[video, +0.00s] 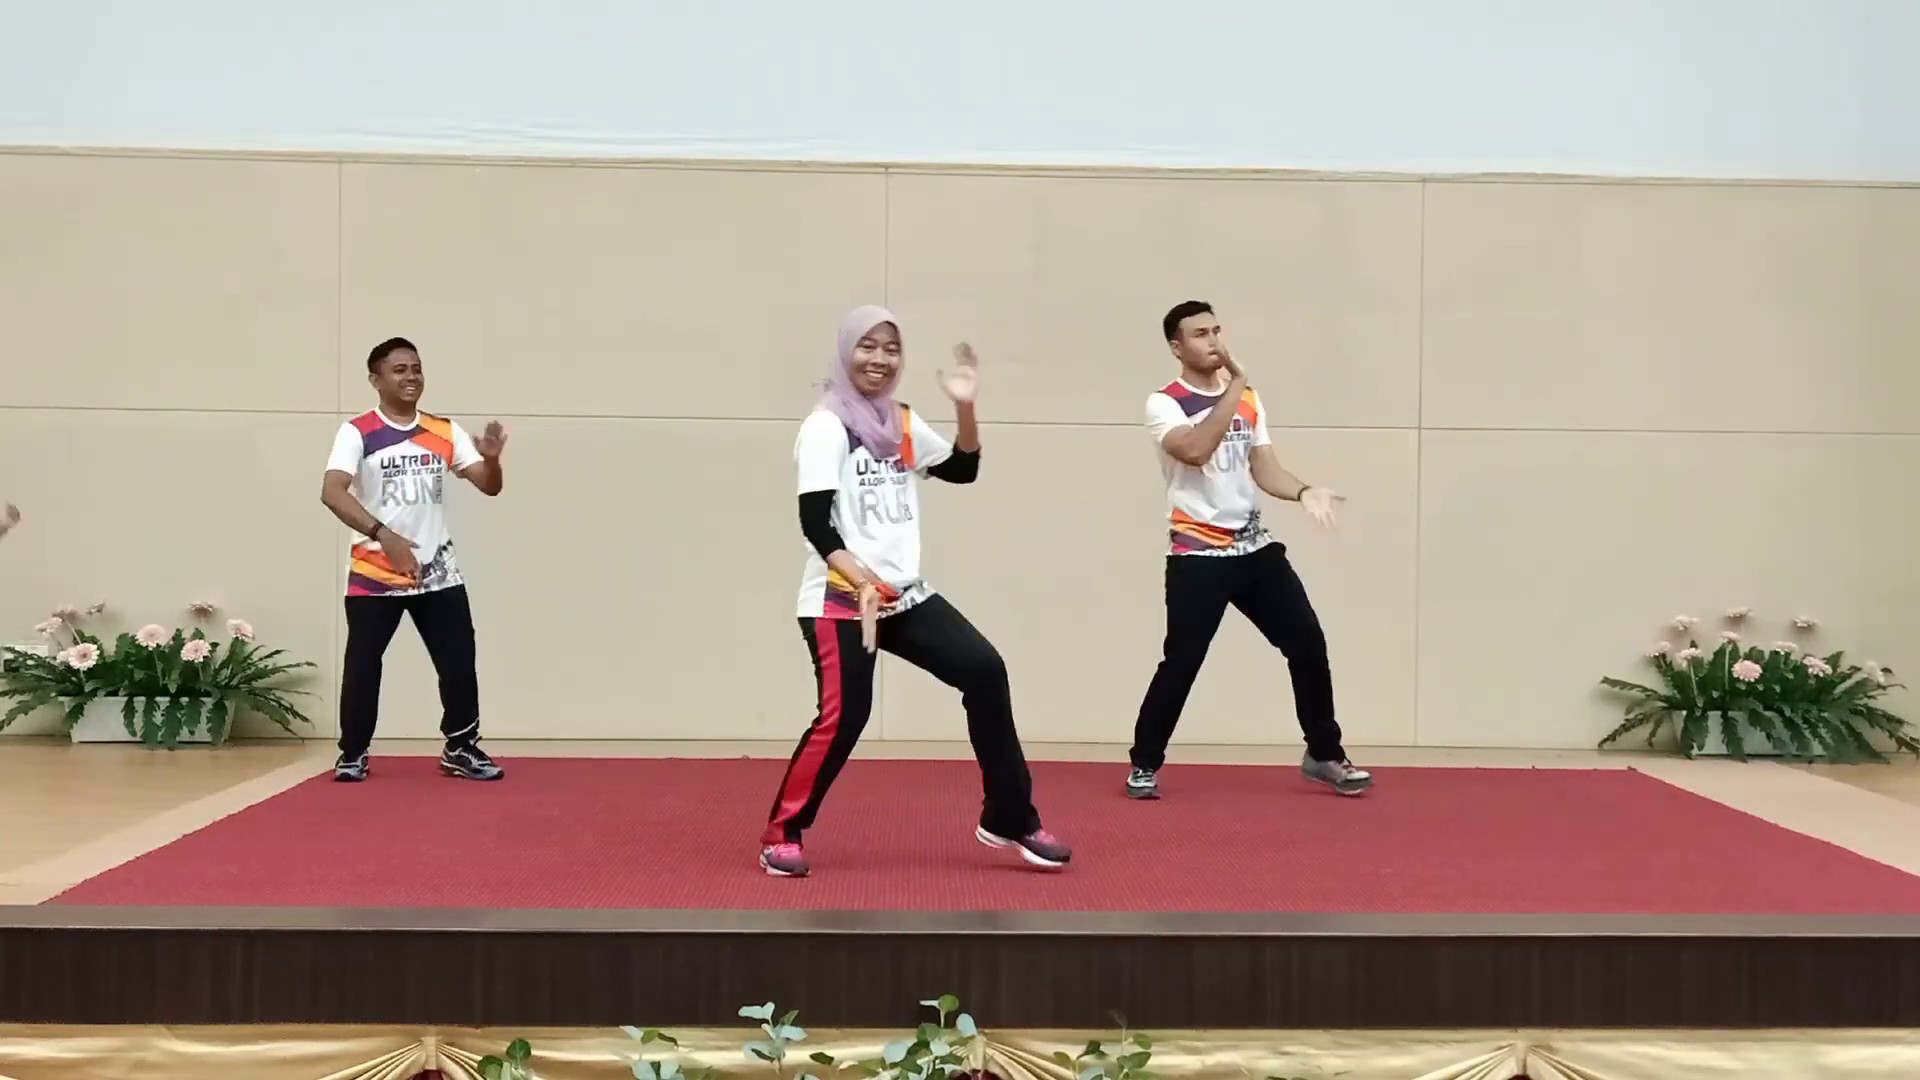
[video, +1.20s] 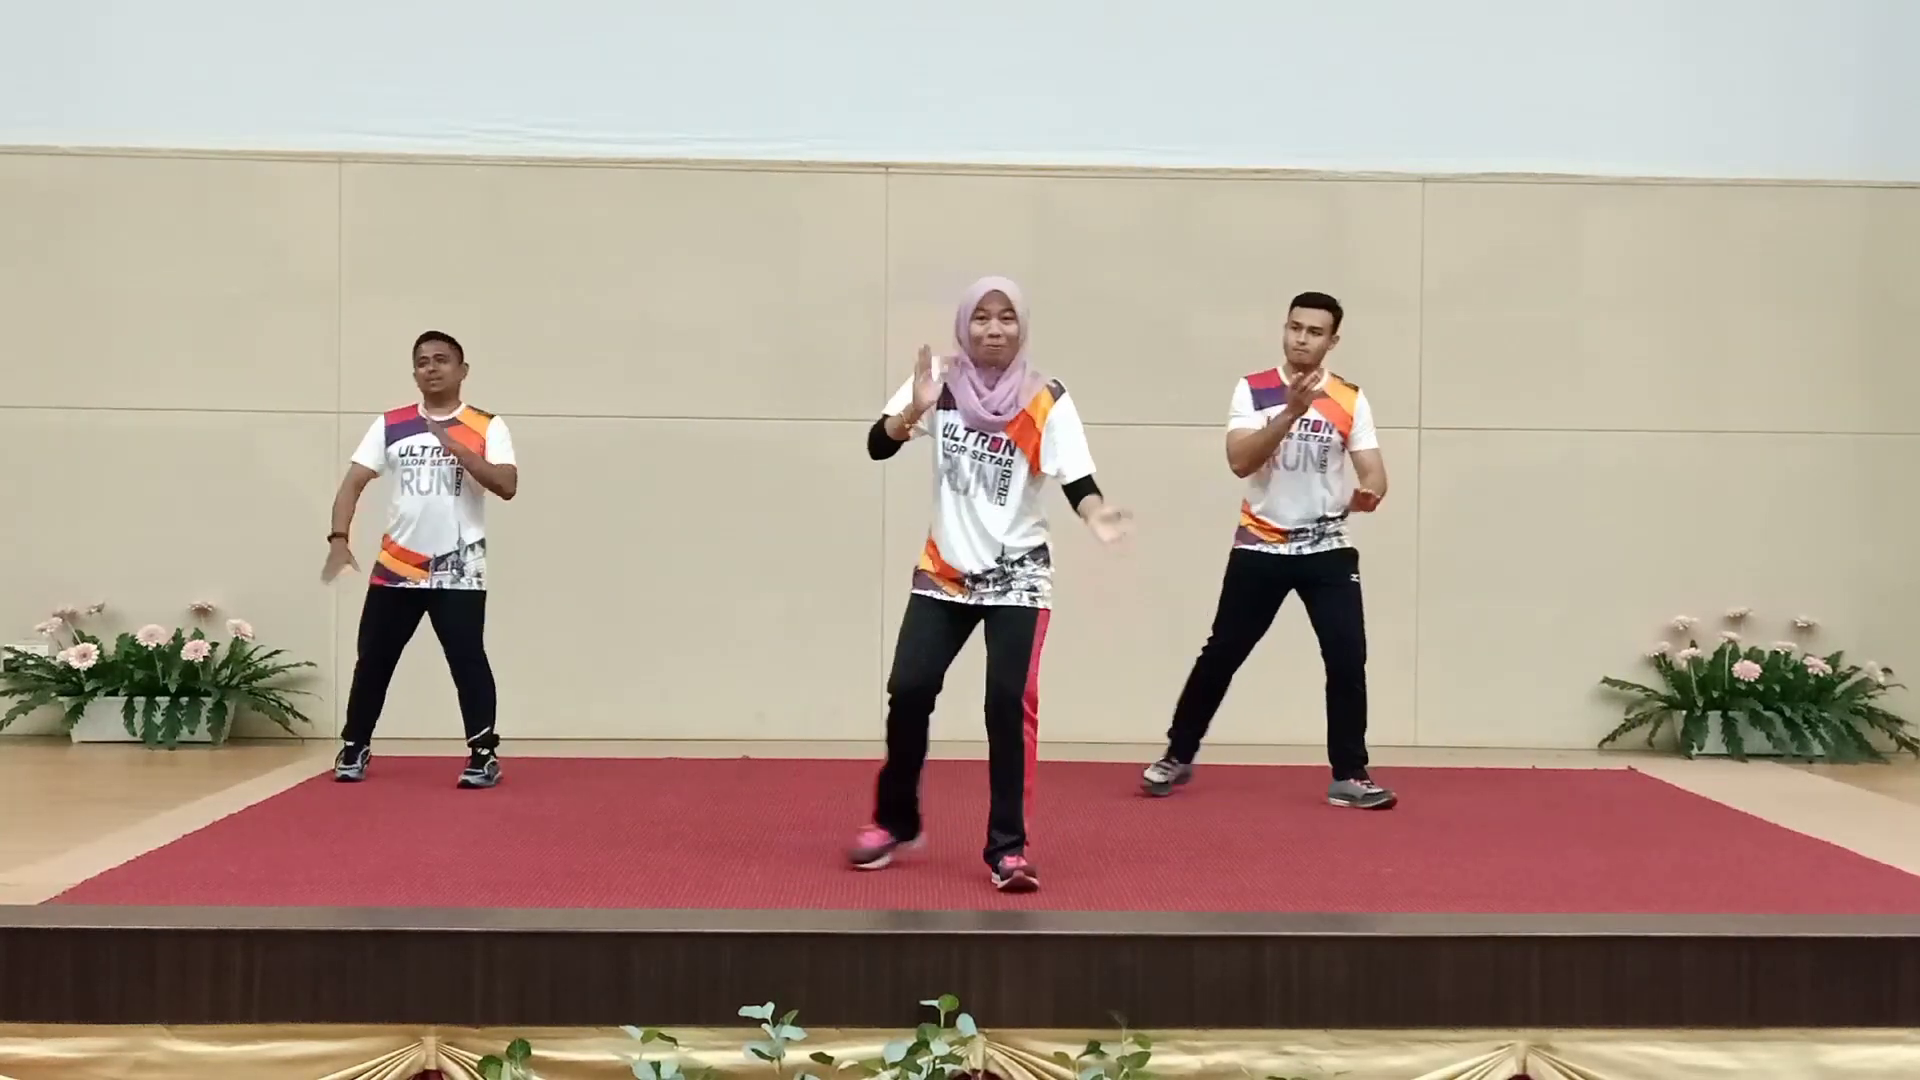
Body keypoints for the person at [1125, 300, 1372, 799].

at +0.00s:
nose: (1213, 340)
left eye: (1216, 331)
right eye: (1200, 334)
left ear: (1225, 336)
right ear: (1177, 346)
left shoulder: (1244, 397)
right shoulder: (1162, 403)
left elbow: (1264, 468)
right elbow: (1192, 449)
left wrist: (1303, 490)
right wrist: (1234, 388)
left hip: (1254, 552)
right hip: (1197, 557)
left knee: (1307, 642)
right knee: (1182, 662)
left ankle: (1323, 755)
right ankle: (1144, 766)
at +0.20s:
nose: (1183, 334)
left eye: (1186, 325)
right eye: (1171, 327)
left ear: (1192, 332)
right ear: (1144, 337)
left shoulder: (1212, 391)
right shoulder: (1132, 400)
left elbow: (1243, 460)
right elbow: (1150, 469)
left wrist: (1280, 427)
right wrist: (1216, 451)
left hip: (1229, 538)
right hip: (1175, 552)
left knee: (1290, 628)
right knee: (1171, 658)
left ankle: (1326, 737)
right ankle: (1143, 765)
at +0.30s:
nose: (1176, 339)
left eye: (1179, 331)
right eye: (1164, 332)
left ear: (1183, 337)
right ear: (1137, 340)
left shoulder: (1199, 393)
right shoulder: (1124, 405)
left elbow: (1241, 455)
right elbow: (1133, 484)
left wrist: (1270, 406)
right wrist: (1206, 504)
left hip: (1220, 546)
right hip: (1169, 558)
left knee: (1278, 640)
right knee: (1170, 660)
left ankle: (1322, 744)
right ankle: (1143, 765)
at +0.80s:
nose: (1201, 328)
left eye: (1211, 321)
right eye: (1192, 318)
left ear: (1220, 328)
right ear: (1172, 320)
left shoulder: (1235, 386)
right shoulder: (1145, 384)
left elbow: (1279, 445)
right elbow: (1148, 455)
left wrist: (1280, 394)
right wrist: (1225, 455)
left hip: (1230, 535)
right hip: (1171, 542)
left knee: (1283, 628)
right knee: (1161, 652)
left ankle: (1324, 738)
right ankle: (1141, 762)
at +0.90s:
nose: (1226, 331)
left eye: (1237, 324)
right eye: (1218, 320)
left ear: (1248, 331)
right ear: (1200, 321)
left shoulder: (1255, 386)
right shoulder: (1169, 378)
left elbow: (1306, 454)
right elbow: (1172, 445)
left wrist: (1309, 423)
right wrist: (1241, 418)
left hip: (1246, 535)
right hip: (1186, 539)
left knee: (1294, 639)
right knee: (1168, 653)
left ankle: (1336, 749)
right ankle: (1143, 763)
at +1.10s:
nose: (1277, 342)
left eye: (1289, 334)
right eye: (1270, 330)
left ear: (1305, 342)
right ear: (1256, 331)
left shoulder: (1320, 402)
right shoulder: (1225, 390)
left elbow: (1345, 465)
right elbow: (1217, 460)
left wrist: (1353, 493)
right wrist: (1263, 406)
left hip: (1296, 552)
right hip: (1231, 552)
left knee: (1328, 660)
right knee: (1197, 657)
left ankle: (1346, 775)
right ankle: (1148, 763)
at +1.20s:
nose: (1302, 340)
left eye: (1314, 332)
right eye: (1295, 328)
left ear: (1333, 341)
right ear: (1283, 331)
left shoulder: (1350, 400)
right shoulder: (1253, 390)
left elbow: (1373, 471)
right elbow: (1240, 461)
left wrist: (1368, 493)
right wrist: (1290, 412)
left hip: (1327, 550)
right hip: (1260, 549)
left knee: (1348, 662)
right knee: (1222, 653)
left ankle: (1349, 777)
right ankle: (1177, 758)